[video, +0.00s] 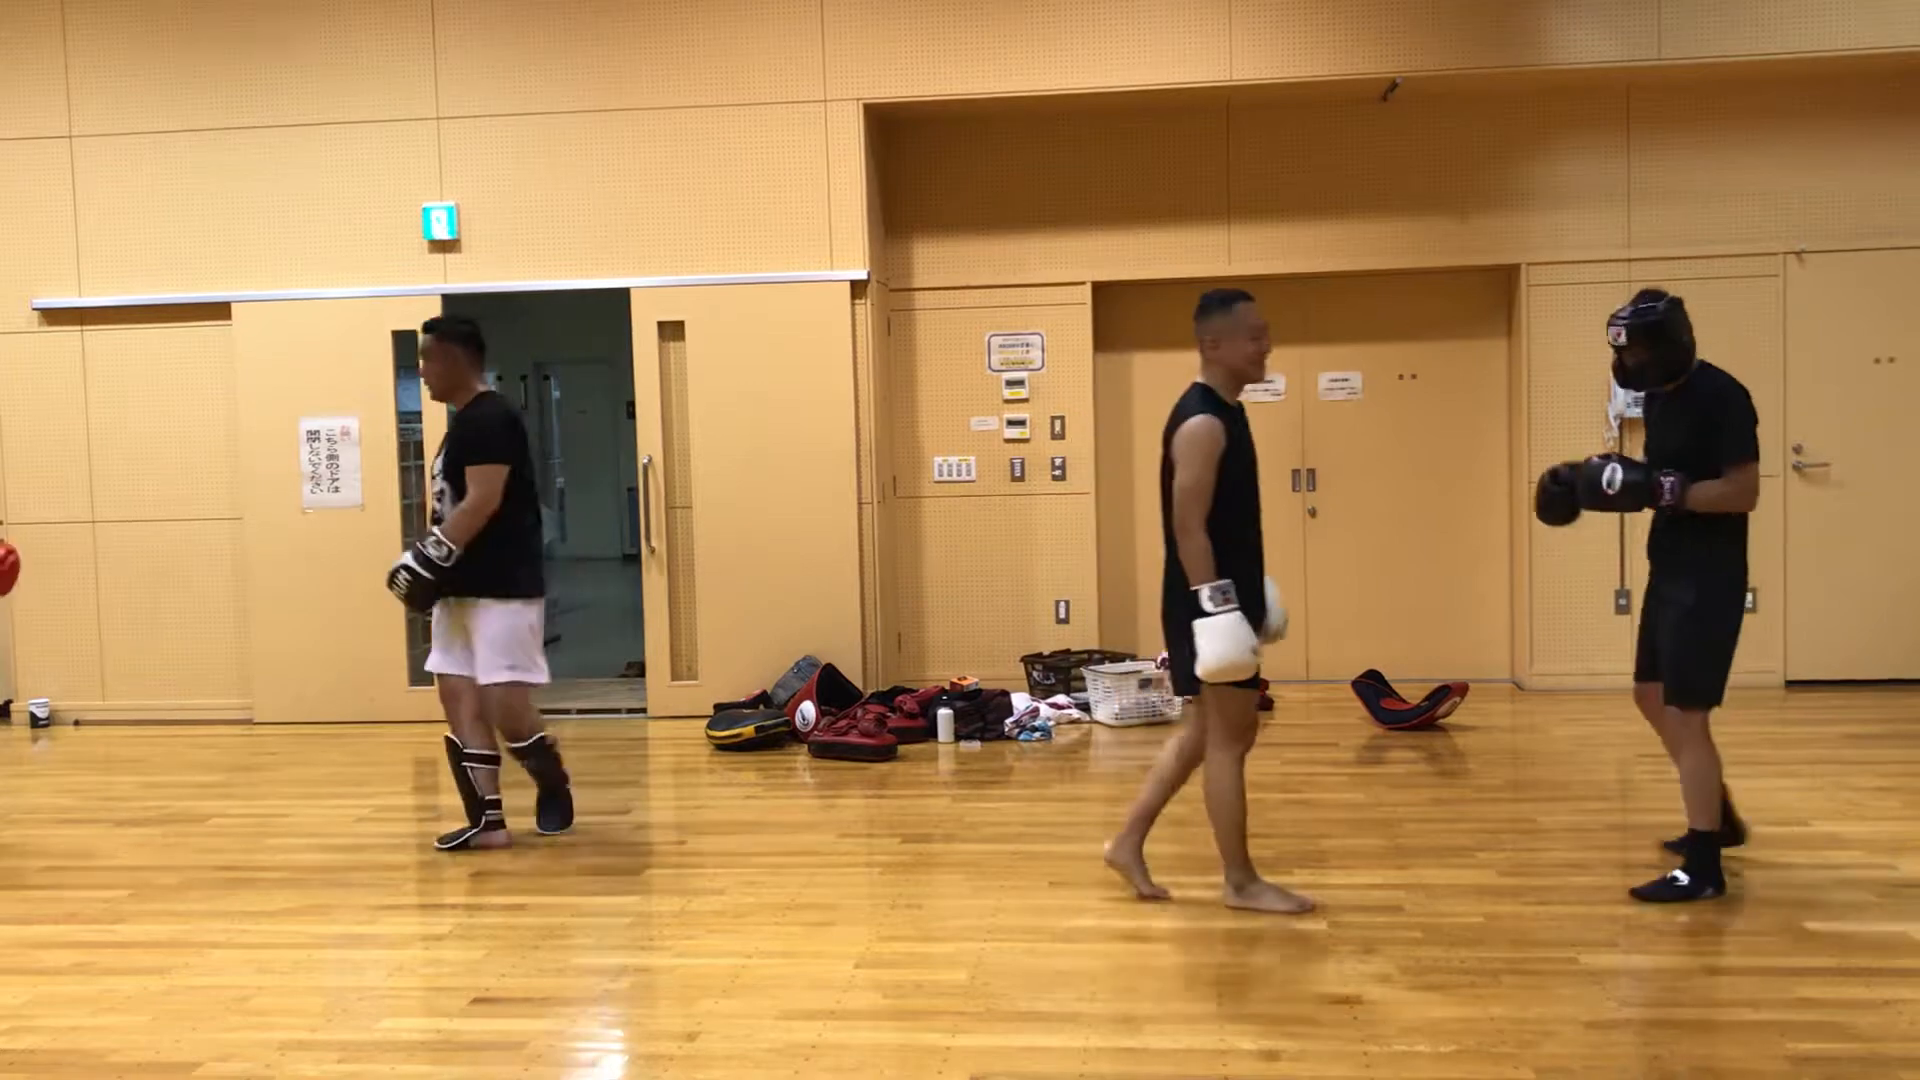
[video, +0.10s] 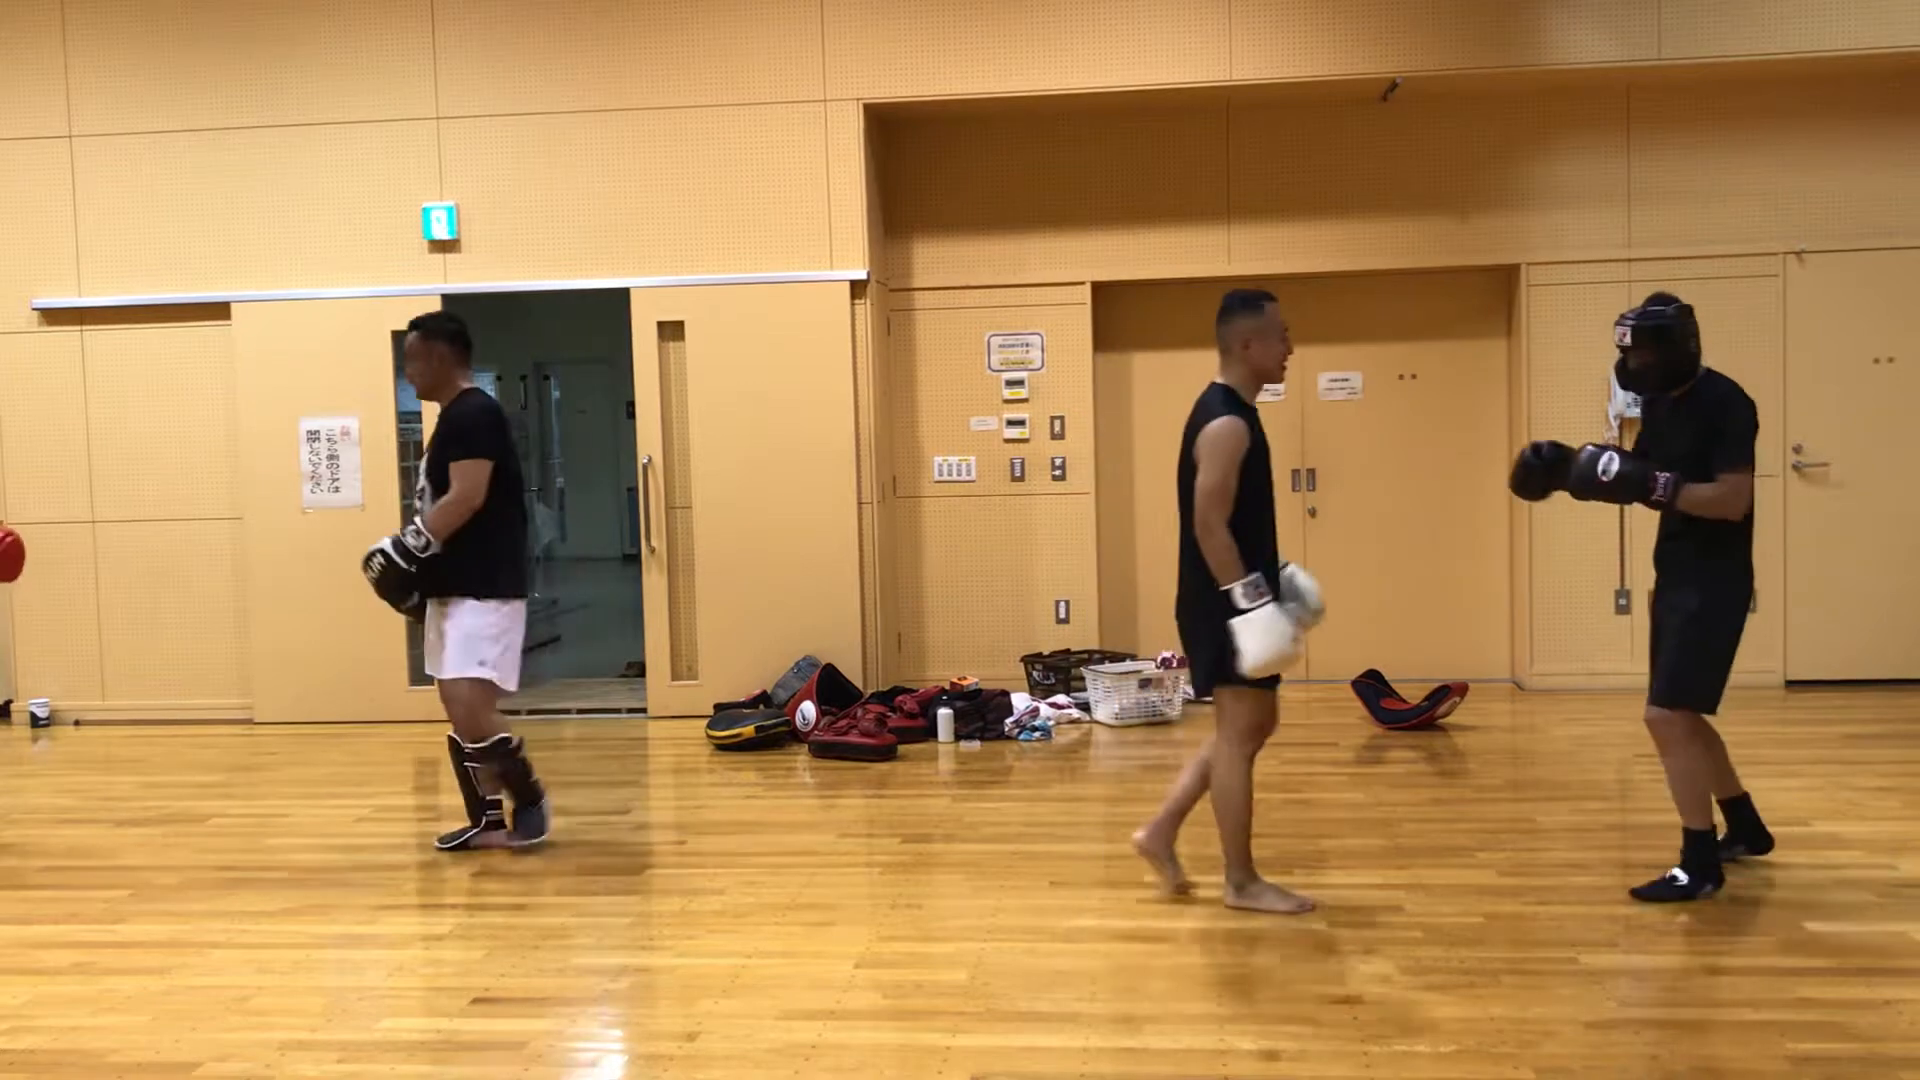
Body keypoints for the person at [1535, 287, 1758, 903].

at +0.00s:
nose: (1619, 360)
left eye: (1628, 349)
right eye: (1618, 349)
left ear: (1663, 348)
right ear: (1642, 352)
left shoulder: (1722, 398)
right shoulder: (1659, 398)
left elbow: (1744, 493)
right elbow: (1659, 476)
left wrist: (1663, 490)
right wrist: (1595, 481)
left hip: (1709, 579)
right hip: (1670, 575)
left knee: (1686, 714)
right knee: (1651, 695)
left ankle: (1702, 868)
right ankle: (1720, 819)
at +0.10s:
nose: (1626, 363)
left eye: (1636, 351)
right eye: (1625, 351)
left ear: (1675, 349)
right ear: (1642, 353)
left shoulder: (1725, 402)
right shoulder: (1658, 405)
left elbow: (1735, 501)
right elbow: (1644, 480)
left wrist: (1650, 483)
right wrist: (1574, 470)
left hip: (1714, 583)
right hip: (1676, 580)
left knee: (1667, 716)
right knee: (1679, 711)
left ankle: (1700, 864)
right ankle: (1746, 826)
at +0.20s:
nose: (1629, 371)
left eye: (1640, 359)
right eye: (1627, 359)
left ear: (1677, 357)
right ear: (1640, 359)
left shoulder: (1725, 408)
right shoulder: (1661, 413)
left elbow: (1724, 509)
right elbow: (1636, 483)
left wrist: (1639, 484)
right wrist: (1562, 465)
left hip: (1718, 587)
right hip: (1686, 586)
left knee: (1653, 715)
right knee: (1681, 715)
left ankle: (1704, 857)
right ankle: (1747, 830)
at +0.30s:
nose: (1628, 373)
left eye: (1638, 361)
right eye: (1626, 361)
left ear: (1674, 360)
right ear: (1647, 361)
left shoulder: (1721, 413)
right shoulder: (1675, 413)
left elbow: (1706, 512)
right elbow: (1635, 480)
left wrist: (1624, 486)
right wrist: (1561, 455)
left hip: (1717, 593)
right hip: (1695, 590)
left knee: (1649, 723)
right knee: (1685, 716)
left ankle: (1716, 869)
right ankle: (1747, 832)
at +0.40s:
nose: (1625, 371)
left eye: (1634, 360)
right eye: (1623, 359)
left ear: (1670, 359)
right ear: (1669, 357)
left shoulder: (1711, 411)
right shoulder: (1688, 401)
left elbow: (1662, 506)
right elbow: (1633, 462)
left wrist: (1582, 482)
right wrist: (1562, 450)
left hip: (1719, 595)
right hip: (1723, 588)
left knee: (1661, 738)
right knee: (1706, 713)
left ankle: (1724, 889)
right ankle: (1746, 830)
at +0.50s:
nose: (1616, 367)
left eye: (1628, 356)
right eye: (1616, 355)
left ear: (1670, 354)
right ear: (1674, 354)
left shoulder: (1691, 406)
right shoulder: (1714, 389)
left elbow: (1608, 481)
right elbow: (1619, 444)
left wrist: (1522, 467)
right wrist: (1539, 439)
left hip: (1725, 598)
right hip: (1756, 590)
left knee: (1674, 741)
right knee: (1742, 717)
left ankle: (1726, 891)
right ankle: (1776, 845)